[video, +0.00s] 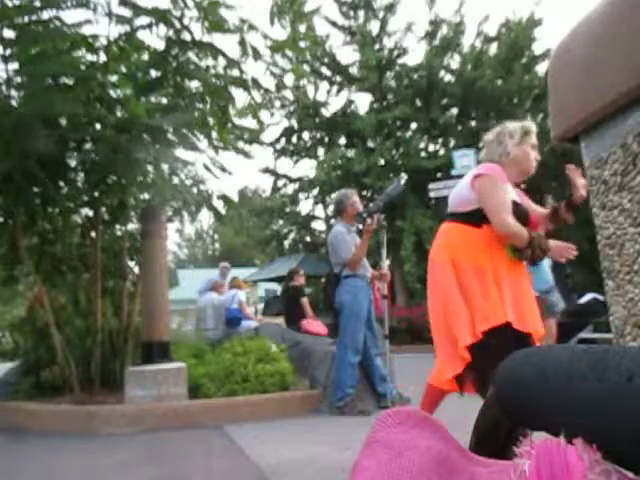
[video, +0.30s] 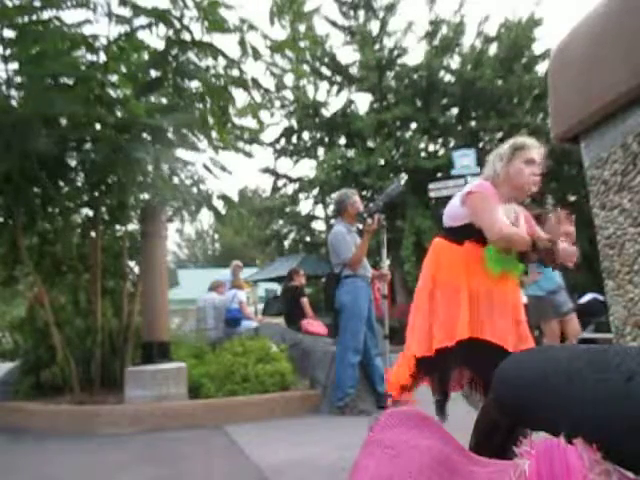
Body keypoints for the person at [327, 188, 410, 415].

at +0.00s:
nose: (361, 206)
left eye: (360, 202)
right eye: (356, 202)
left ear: (351, 207)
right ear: (346, 207)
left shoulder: (352, 232)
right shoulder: (338, 233)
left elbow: (358, 266)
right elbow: (353, 262)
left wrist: (375, 274)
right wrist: (367, 235)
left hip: (363, 285)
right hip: (351, 285)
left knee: (370, 344)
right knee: (351, 344)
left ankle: (386, 392)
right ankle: (344, 398)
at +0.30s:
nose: (361, 206)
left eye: (360, 202)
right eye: (357, 202)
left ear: (352, 207)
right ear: (347, 207)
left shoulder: (353, 232)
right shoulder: (338, 233)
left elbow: (358, 264)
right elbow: (353, 262)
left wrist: (374, 274)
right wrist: (367, 235)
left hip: (364, 284)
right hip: (351, 284)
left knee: (370, 342)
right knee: (351, 342)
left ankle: (382, 391)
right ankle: (344, 398)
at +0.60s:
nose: (361, 207)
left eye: (360, 203)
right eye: (357, 203)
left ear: (353, 207)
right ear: (346, 207)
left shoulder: (353, 232)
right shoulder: (338, 233)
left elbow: (358, 264)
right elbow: (353, 263)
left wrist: (375, 274)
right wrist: (367, 236)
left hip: (364, 284)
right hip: (351, 284)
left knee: (370, 343)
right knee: (351, 343)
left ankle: (385, 393)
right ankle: (344, 397)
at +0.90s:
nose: (362, 207)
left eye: (361, 203)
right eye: (358, 203)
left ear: (353, 207)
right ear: (347, 207)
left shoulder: (353, 232)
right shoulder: (339, 233)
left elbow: (359, 264)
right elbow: (353, 263)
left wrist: (375, 274)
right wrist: (367, 236)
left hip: (364, 283)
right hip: (351, 283)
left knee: (370, 343)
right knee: (351, 343)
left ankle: (385, 393)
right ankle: (344, 398)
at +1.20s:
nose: (362, 206)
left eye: (361, 202)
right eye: (358, 202)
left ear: (352, 206)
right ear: (347, 206)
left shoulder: (355, 230)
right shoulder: (338, 231)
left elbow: (359, 263)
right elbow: (351, 264)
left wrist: (374, 274)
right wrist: (360, 239)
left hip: (364, 283)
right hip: (349, 283)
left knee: (370, 343)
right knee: (350, 344)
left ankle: (385, 393)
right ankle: (345, 398)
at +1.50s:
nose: (361, 206)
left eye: (361, 202)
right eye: (357, 202)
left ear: (357, 207)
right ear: (346, 207)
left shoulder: (357, 231)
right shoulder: (337, 233)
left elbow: (365, 262)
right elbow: (348, 263)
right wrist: (362, 238)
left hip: (366, 282)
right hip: (348, 283)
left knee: (372, 342)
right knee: (348, 343)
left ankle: (385, 392)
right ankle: (344, 397)